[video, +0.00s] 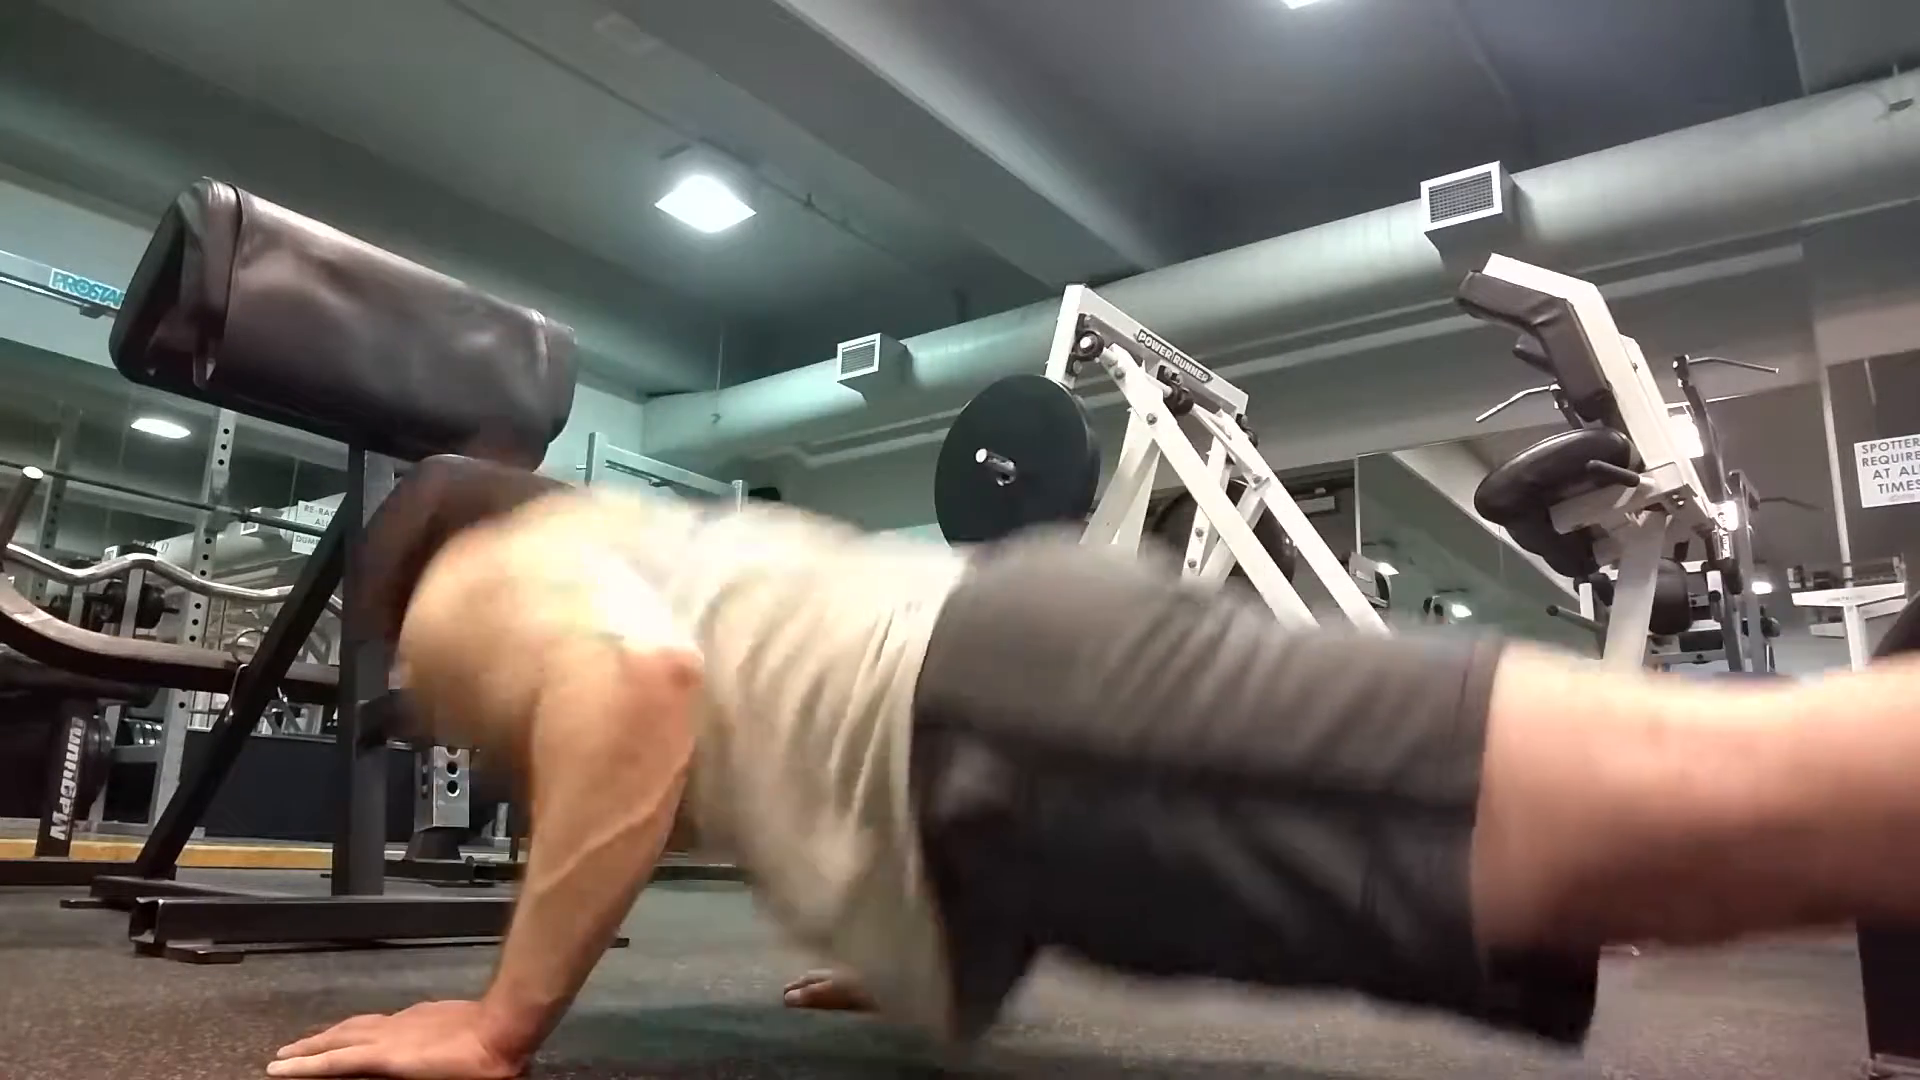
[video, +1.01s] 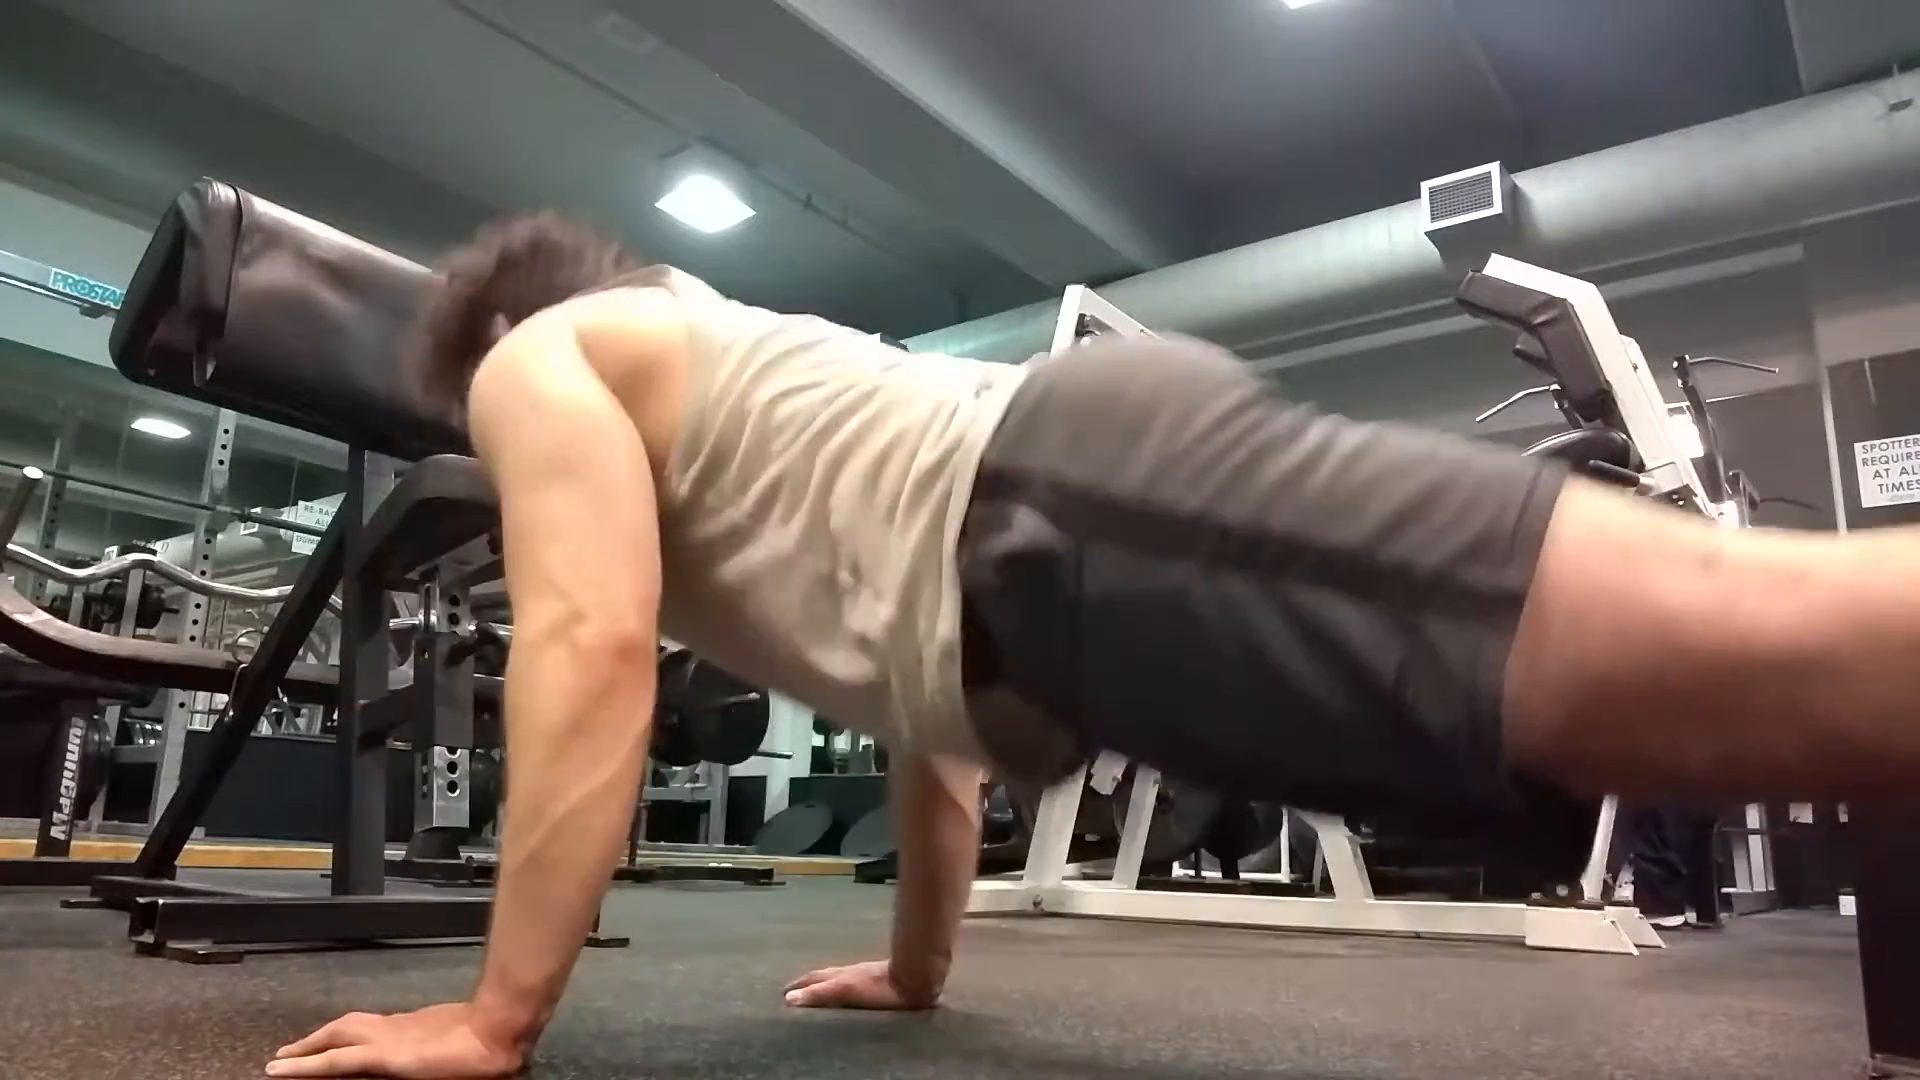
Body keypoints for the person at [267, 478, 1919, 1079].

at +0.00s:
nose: (405, 674)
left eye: (392, 639)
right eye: (399, 651)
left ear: (408, 576)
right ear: (519, 500)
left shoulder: (472, 577)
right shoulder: (659, 538)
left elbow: (628, 693)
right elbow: (849, 645)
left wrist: (494, 1019)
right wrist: (879, 932)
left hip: (995, 715)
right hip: (1029, 687)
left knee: (1712, 812)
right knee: (1704, 805)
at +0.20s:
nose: (490, 457)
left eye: (483, 420)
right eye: (488, 431)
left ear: (515, 352)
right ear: (625, 321)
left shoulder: (552, 385)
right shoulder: (789, 417)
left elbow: (622, 653)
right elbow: (939, 706)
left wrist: (499, 1015)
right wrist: (924, 958)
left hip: (1041, 546)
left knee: (1762, 695)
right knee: (1758, 740)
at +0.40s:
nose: (403, 514)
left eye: (401, 483)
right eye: (397, 486)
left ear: (434, 450)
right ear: (554, 394)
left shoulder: (520, 490)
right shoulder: (708, 474)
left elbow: (649, 679)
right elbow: (942, 694)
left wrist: (503, 1020)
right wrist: (927, 964)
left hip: (1031, 646)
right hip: (1065, 628)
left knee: (1757, 762)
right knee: (1744, 752)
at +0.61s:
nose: (403, 805)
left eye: (389, 779)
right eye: (406, 791)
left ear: (401, 704)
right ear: (510, 640)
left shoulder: (436, 723)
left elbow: (636, 690)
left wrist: (490, 1013)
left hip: (989, 829)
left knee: (1712, 866)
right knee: (1703, 866)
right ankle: (1871, 931)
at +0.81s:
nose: (410, 663)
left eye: (398, 627)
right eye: (405, 639)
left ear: (417, 564)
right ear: (521, 495)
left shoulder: (477, 574)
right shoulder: (656, 538)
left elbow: (629, 688)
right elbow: (866, 665)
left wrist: (496, 1019)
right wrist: (896, 935)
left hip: (1005, 696)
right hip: (1032, 675)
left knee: (1725, 787)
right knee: (1714, 784)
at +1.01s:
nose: (459, 397)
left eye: (455, 364)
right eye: (462, 379)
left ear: (500, 316)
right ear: (606, 296)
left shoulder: (542, 360)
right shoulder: (766, 389)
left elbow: (588, 648)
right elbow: (919, 675)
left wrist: (495, 1017)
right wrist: (922, 959)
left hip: (1067, 507)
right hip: (1086, 548)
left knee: (1762, 656)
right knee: (1742, 676)